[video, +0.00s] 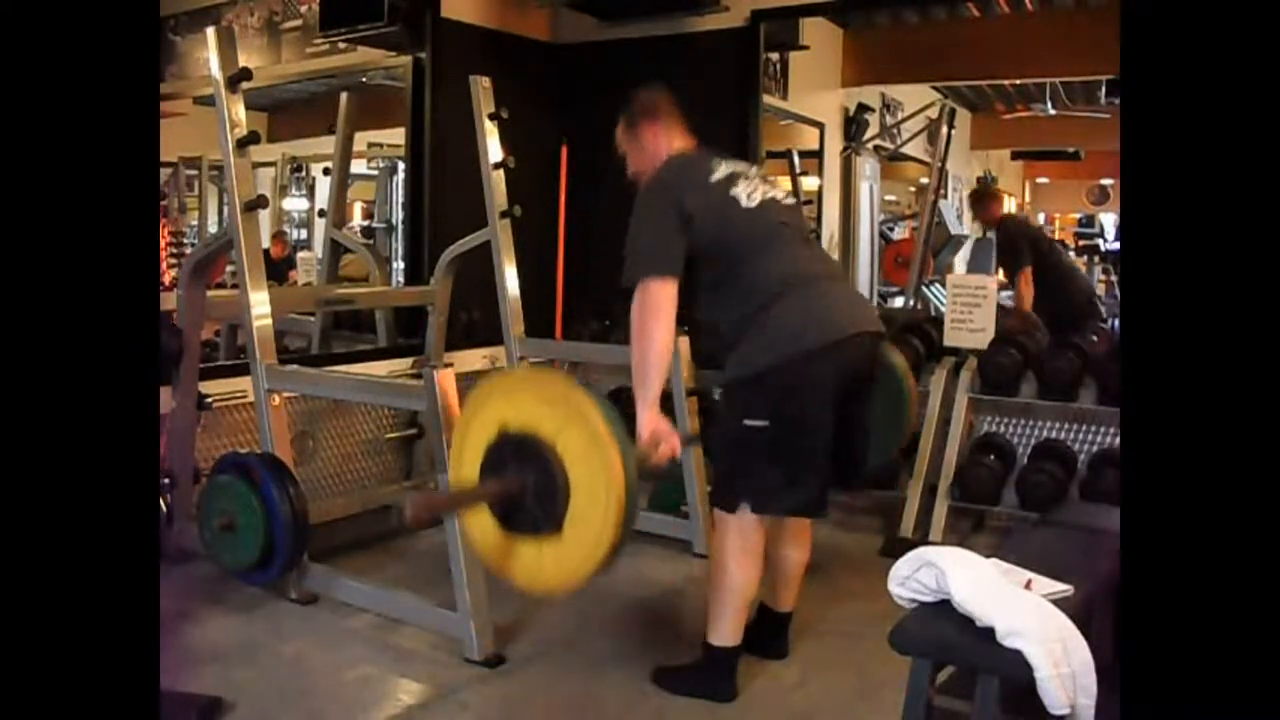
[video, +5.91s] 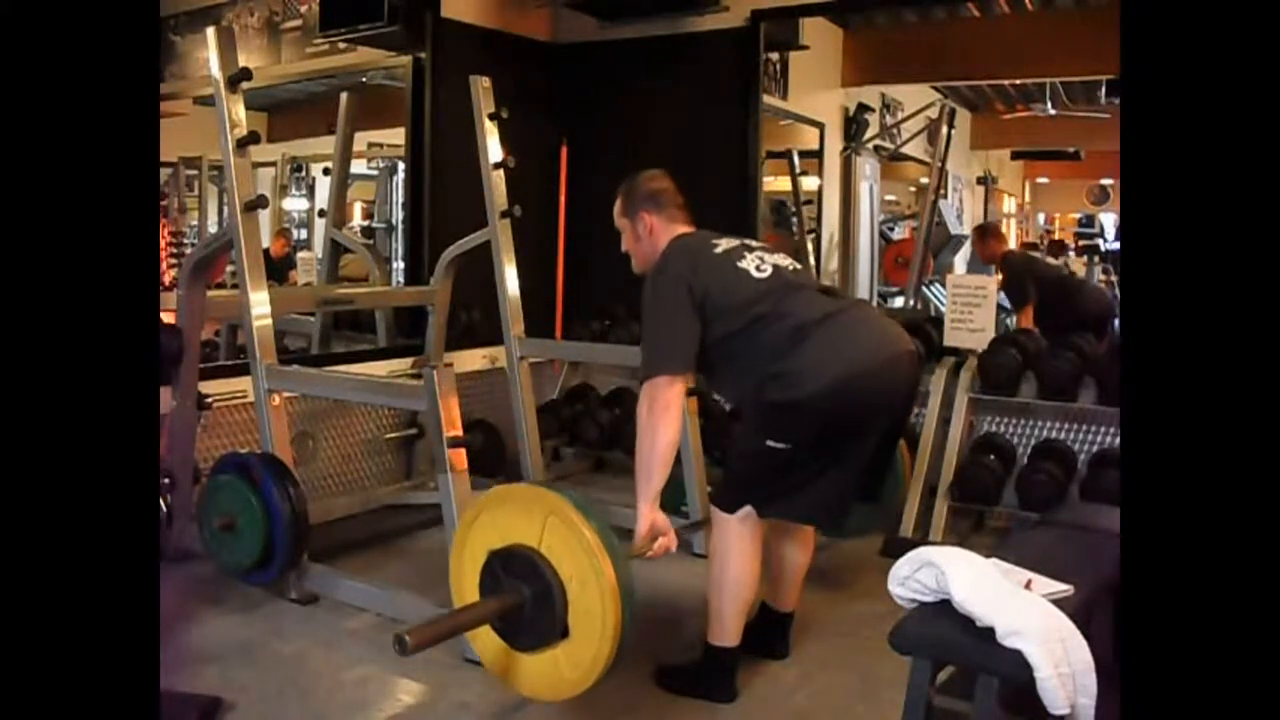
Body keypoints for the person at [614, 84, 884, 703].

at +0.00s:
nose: (630, 169)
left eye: (628, 153)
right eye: (626, 156)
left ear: (652, 133)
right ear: (681, 132)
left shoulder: (665, 188)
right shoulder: (737, 175)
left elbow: (655, 295)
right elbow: (786, 268)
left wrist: (647, 406)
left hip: (779, 351)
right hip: (852, 337)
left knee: (736, 504)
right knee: (795, 497)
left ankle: (717, 666)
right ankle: (773, 630)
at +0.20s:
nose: (684, 80)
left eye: (686, 66)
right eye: (685, 66)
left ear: (706, 59)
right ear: (750, 60)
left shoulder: (712, 127)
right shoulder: (800, 128)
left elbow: (672, 244)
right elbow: (788, 239)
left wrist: (648, 345)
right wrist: (719, 336)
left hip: (750, 347)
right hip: (821, 340)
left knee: (728, 509)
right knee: (780, 494)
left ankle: (716, 668)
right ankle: (771, 631)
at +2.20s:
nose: (716, 82)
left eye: (718, 66)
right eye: (715, 68)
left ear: (746, 55)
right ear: (776, 56)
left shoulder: (747, 130)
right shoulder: (818, 128)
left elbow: (709, 248)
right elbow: (797, 248)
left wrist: (662, 343)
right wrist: (694, 341)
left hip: (745, 342)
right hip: (808, 338)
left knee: (726, 504)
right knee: (777, 490)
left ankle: (715, 668)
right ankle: (772, 631)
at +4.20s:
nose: (665, 122)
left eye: (664, 105)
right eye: (661, 107)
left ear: (689, 91)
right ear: (724, 91)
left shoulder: (704, 156)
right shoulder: (779, 150)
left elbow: (689, 273)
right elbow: (806, 255)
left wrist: (668, 383)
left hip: (774, 352)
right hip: (843, 340)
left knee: (734, 506)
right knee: (792, 497)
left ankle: (716, 667)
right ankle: (774, 631)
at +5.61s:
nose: (633, 218)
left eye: (632, 202)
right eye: (629, 204)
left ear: (657, 191)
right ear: (685, 187)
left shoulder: (679, 243)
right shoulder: (747, 222)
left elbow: (668, 363)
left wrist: (649, 473)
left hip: (813, 370)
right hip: (886, 354)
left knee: (735, 505)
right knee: (798, 504)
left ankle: (716, 669)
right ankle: (773, 630)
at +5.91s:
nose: (624, 249)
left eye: (623, 232)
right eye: (621, 235)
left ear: (647, 224)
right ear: (676, 218)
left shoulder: (674, 270)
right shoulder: (736, 250)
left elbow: (665, 389)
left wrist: (648, 504)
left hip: (819, 373)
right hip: (889, 357)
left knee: (737, 506)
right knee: (797, 502)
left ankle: (715, 669)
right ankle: (773, 629)